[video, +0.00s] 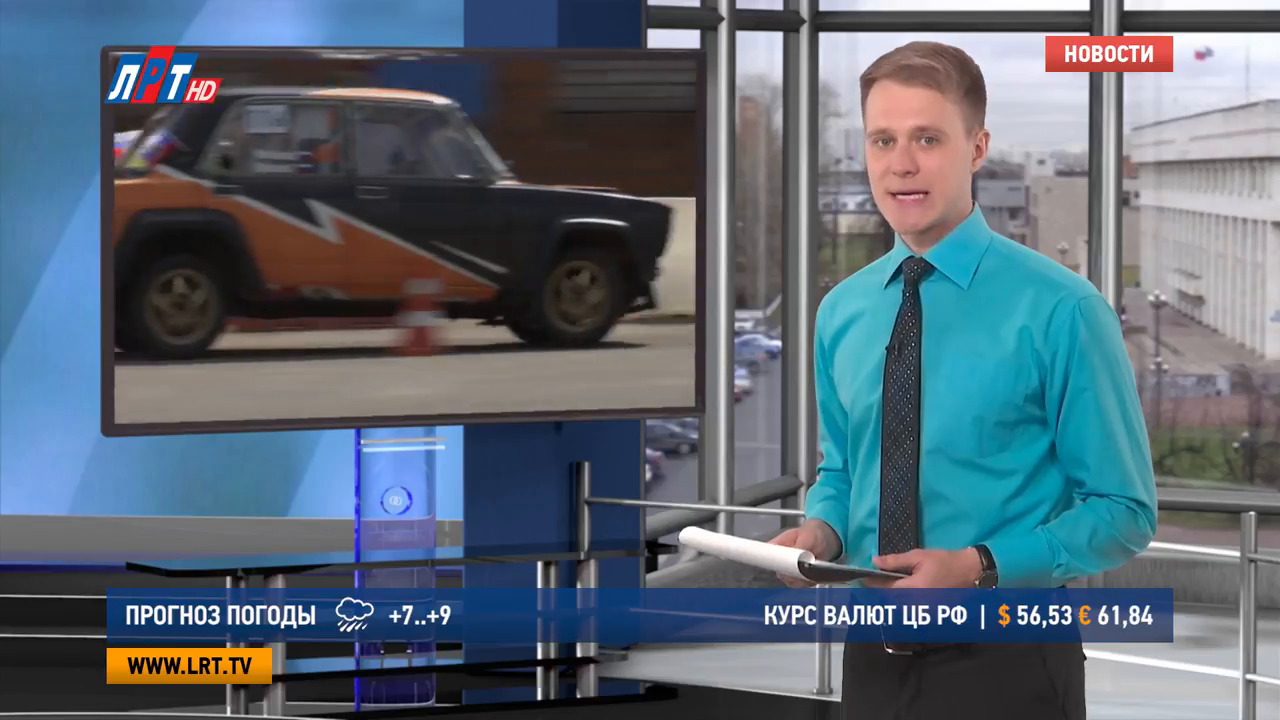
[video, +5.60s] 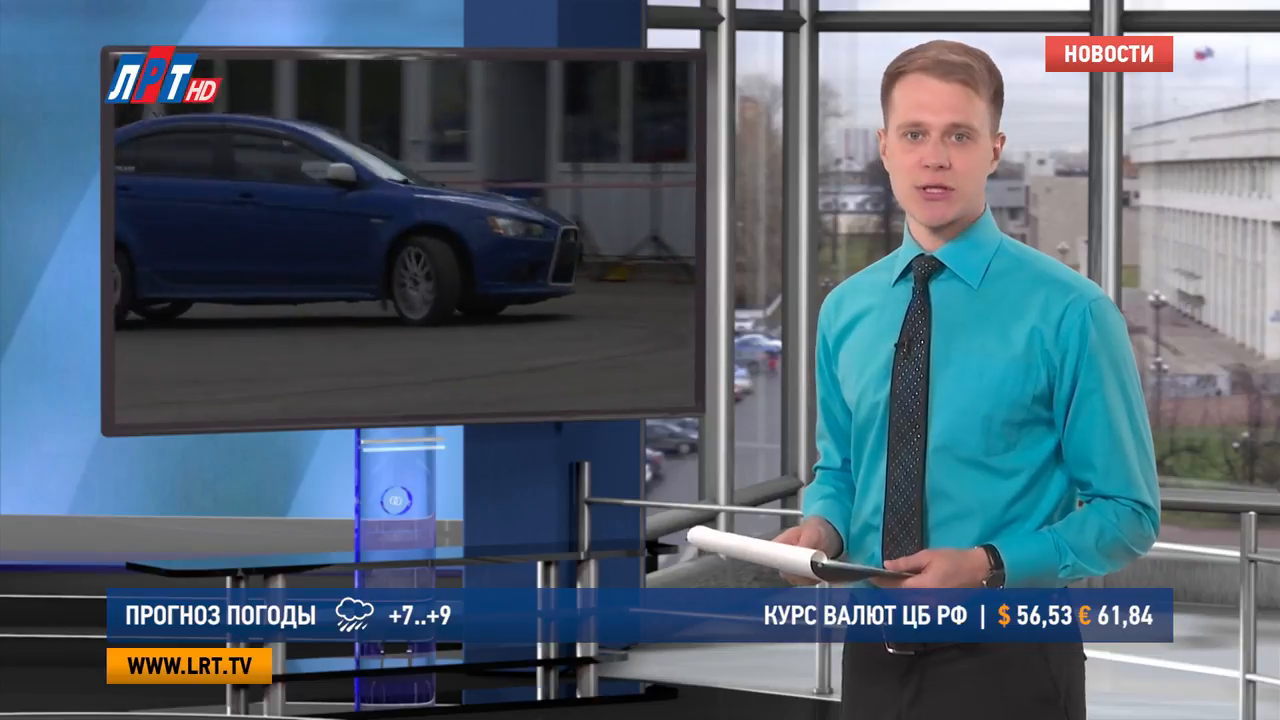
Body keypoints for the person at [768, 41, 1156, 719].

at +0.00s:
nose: (902, 163)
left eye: (928, 139)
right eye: (883, 140)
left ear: (977, 148)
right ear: (865, 152)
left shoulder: (1060, 308)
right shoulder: (841, 311)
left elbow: (1125, 508)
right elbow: (839, 472)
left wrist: (980, 565)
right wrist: (818, 532)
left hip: (1006, 662)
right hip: (874, 661)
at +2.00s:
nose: (899, 175)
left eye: (924, 149)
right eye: (881, 152)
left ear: (978, 150)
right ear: (864, 158)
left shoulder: (1069, 308)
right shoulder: (849, 312)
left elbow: (1131, 508)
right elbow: (848, 475)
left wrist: (990, 567)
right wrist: (823, 538)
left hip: (1012, 661)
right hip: (880, 659)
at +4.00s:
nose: (917, 159)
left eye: (941, 135)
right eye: (896, 136)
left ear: (983, 147)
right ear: (870, 149)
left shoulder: (1061, 310)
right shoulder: (835, 311)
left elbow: (1122, 511)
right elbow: (830, 472)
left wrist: (981, 567)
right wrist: (811, 533)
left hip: (1002, 663)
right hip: (867, 661)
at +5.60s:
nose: (934, 158)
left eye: (959, 136)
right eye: (914, 135)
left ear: (995, 150)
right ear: (884, 147)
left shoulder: (1070, 311)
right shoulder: (845, 309)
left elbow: (1128, 511)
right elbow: (836, 470)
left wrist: (989, 565)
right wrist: (820, 528)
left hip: (1006, 660)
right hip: (873, 658)